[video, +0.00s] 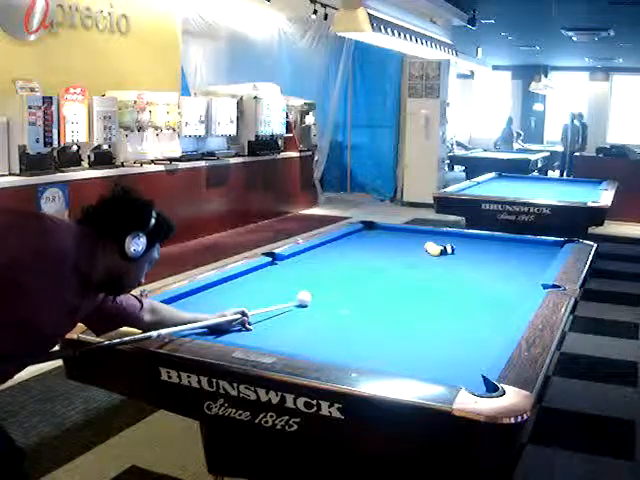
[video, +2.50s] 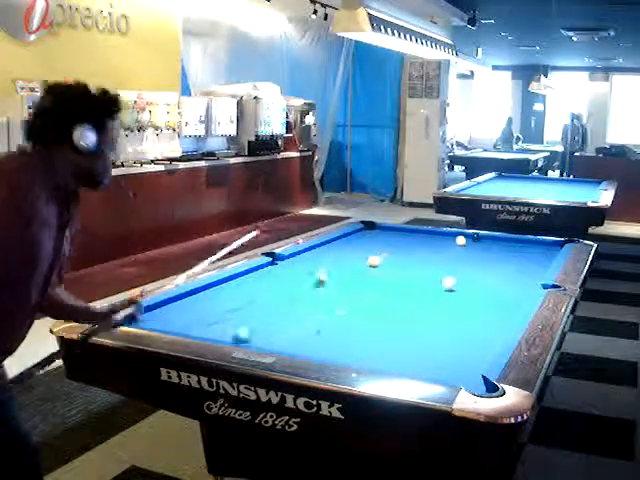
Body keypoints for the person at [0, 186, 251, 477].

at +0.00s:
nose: (147, 273)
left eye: (153, 264)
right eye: (151, 261)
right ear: (132, 245)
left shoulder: (83, 289)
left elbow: (147, 313)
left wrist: (215, 322)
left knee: (16, 458)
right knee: (14, 458)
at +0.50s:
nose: (148, 274)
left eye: (154, 264)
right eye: (152, 261)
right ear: (132, 246)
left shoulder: (85, 283)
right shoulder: (48, 248)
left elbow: (146, 314)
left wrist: (215, 321)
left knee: (14, 457)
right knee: (12, 459)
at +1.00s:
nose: (147, 275)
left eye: (153, 264)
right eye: (151, 261)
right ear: (133, 245)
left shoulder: (82, 284)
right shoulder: (54, 241)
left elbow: (145, 312)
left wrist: (215, 320)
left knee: (22, 454)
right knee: (20, 455)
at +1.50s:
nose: (145, 249)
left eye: (151, 238)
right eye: (148, 236)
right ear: (128, 220)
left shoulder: (88, 264)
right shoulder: (54, 224)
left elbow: (145, 306)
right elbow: (9, 315)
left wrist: (210, 322)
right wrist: (62, 336)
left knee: (20, 456)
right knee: (18, 457)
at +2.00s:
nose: (141, 236)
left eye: (146, 226)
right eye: (143, 223)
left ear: (121, 209)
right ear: (122, 207)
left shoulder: (87, 255)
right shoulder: (45, 218)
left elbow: (141, 302)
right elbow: (8, 315)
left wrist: (208, 321)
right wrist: (55, 336)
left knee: (18, 457)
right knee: (16, 457)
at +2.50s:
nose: (116, 154)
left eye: (114, 142)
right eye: (110, 142)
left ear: (80, 140)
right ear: (81, 140)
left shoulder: (61, 193)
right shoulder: (16, 190)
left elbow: (41, 293)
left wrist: (97, 315)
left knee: (21, 455)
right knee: (21, 457)